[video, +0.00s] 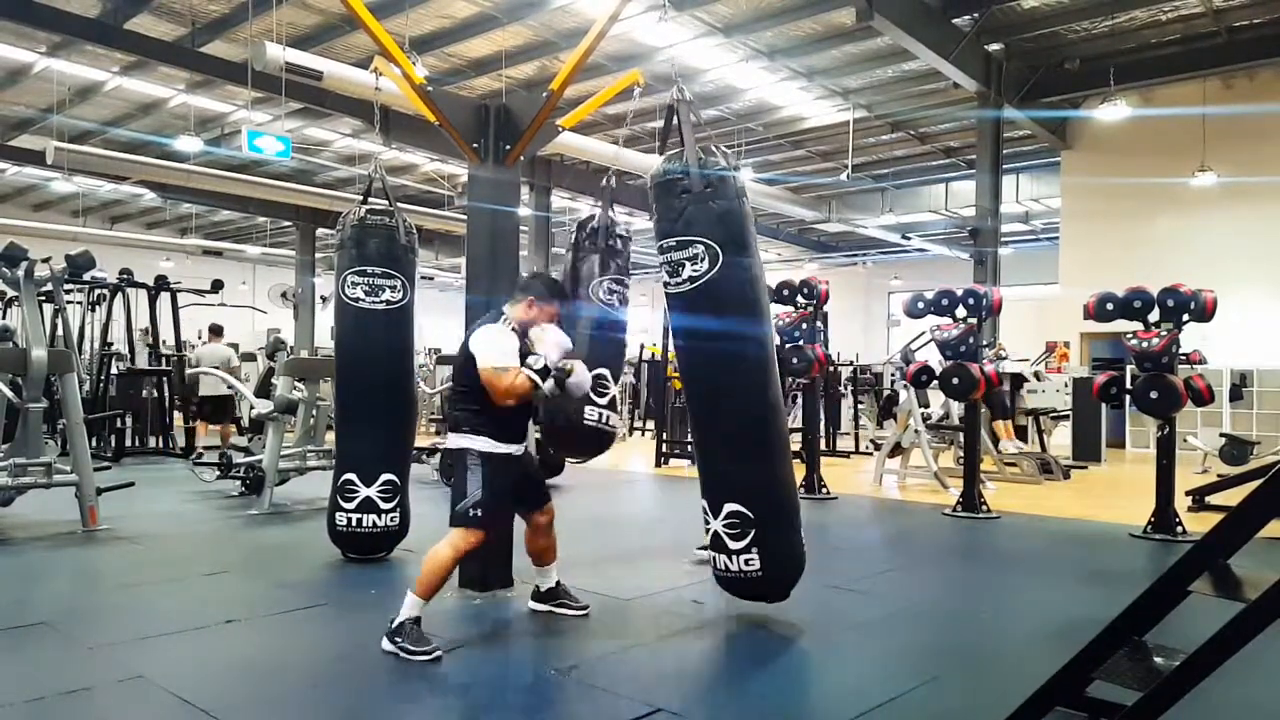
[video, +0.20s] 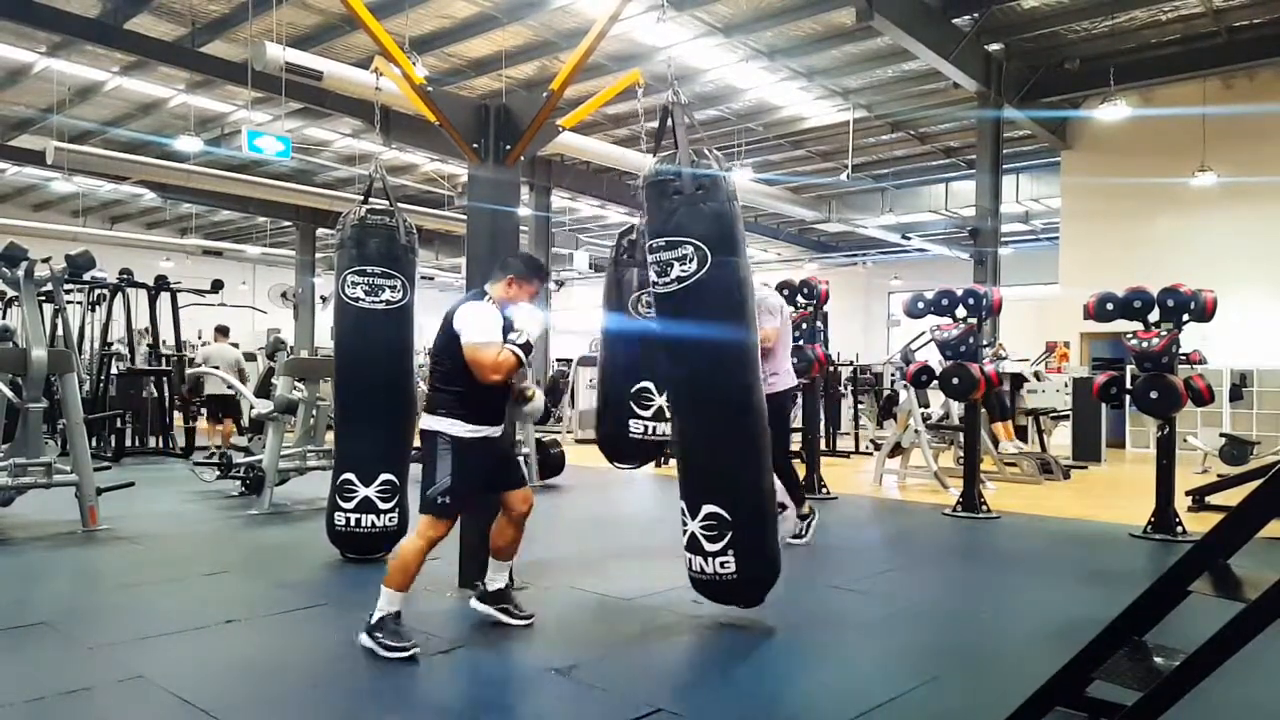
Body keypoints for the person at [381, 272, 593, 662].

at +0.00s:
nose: (550, 325)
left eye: (553, 319)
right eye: (549, 316)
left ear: (530, 308)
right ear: (529, 305)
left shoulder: (522, 342)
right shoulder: (491, 335)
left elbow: (529, 390)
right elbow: (504, 392)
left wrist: (565, 382)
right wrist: (540, 364)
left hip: (512, 450)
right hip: (474, 449)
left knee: (541, 515)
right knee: (470, 533)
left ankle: (547, 589)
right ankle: (403, 624)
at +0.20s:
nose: (529, 304)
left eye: (532, 299)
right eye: (529, 296)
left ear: (513, 287)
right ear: (512, 283)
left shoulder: (496, 317)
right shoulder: (473, 309)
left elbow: (501, 376)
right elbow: (492, 371)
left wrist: (522, 389)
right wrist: (523, 335)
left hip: (486, 435)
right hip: (449, 434)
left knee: (519, 503)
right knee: (432, 529)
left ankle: (494, 591)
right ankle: (381, 622)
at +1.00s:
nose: (452, 292)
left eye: (456, 284)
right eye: (451, 282)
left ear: (429, 273)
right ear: (427, 270)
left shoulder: (418, 310)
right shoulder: (383, 300)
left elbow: (411, 360)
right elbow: (370, 356)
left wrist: (444, 367)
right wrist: (429, 370)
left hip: (409, 431)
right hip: (362, 433)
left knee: (442, 501)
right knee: (344, 530)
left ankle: (430, 591)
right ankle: (305, 624)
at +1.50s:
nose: (465, 306)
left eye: (468, 298)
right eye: (465, 296)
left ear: (445, 286)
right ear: (446, 285)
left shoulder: (434, 319)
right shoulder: (406, 309)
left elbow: (438, 361)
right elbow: (393, 359)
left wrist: (471, 356)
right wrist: (444, 385)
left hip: (423, 443)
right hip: (385, 444)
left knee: (432, 528)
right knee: (359, 534)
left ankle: (453, 604)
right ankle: (303, 627)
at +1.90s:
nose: (504, 312)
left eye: (508, 305)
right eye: (504, 302)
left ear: (490, 291)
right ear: (483, 286)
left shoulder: (480, 324)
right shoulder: (431, 311)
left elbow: (491, 375)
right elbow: (427, 370)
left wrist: (519, 362)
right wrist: (479, 350)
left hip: (463, 440)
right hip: (417, 440)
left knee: (498, 508)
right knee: (404, 531)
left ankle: (470, 591)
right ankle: (367, 625)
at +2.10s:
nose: (517, 311)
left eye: (519, 305)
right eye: (515, 302)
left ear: (495, 296)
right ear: (491, 291)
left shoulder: (492, 325)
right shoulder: (442, 320)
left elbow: (516, 378)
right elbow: (460, 381)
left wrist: (532, 342)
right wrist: (495, 341)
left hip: (481, 444)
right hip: (434, 446)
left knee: (505, 519)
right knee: (416, 536)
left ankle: (530, 593)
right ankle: (369, 623)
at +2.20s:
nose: (535, 316)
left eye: (538, 309)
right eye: (533, 307)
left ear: (512, 299)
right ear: (508, 296)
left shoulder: (507, 332)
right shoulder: (465, 331)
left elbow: (518, 371)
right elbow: (461, 392)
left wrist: (546, 342)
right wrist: (514, 387)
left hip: (497, 449)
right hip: (456, 449)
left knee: (527, 521)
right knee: (439, 537)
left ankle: (544, 598)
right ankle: (375, 617)